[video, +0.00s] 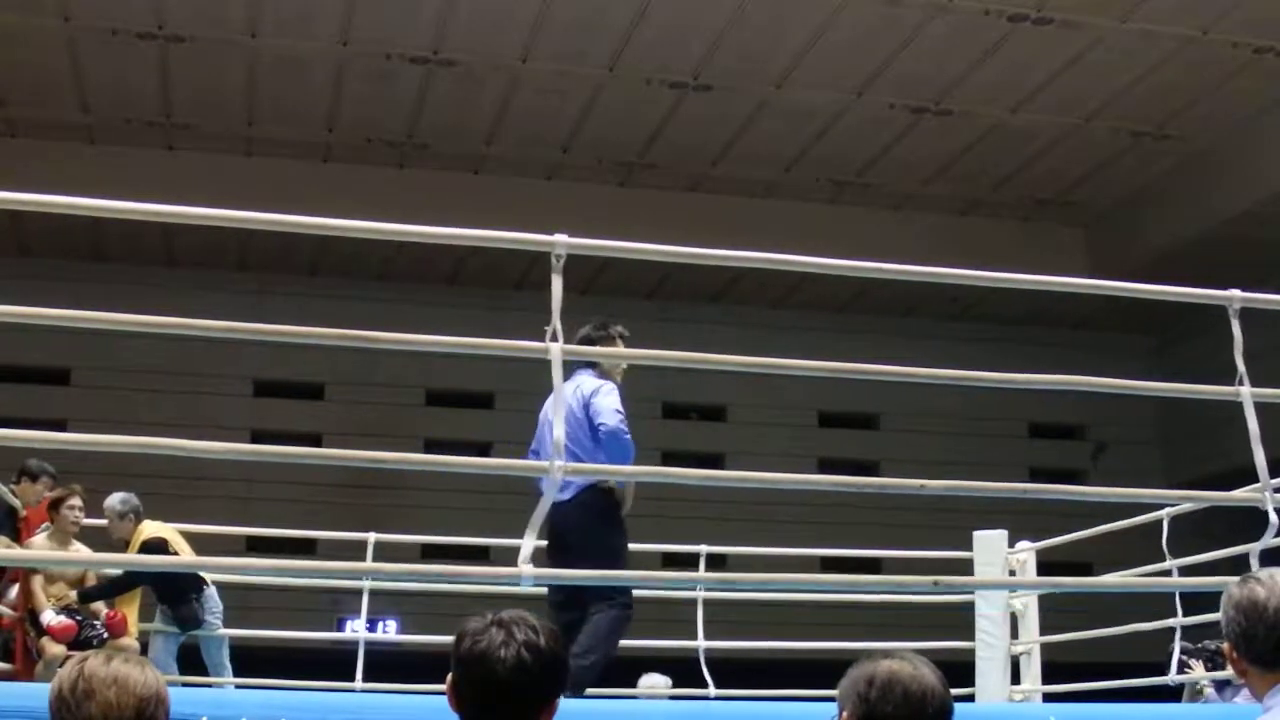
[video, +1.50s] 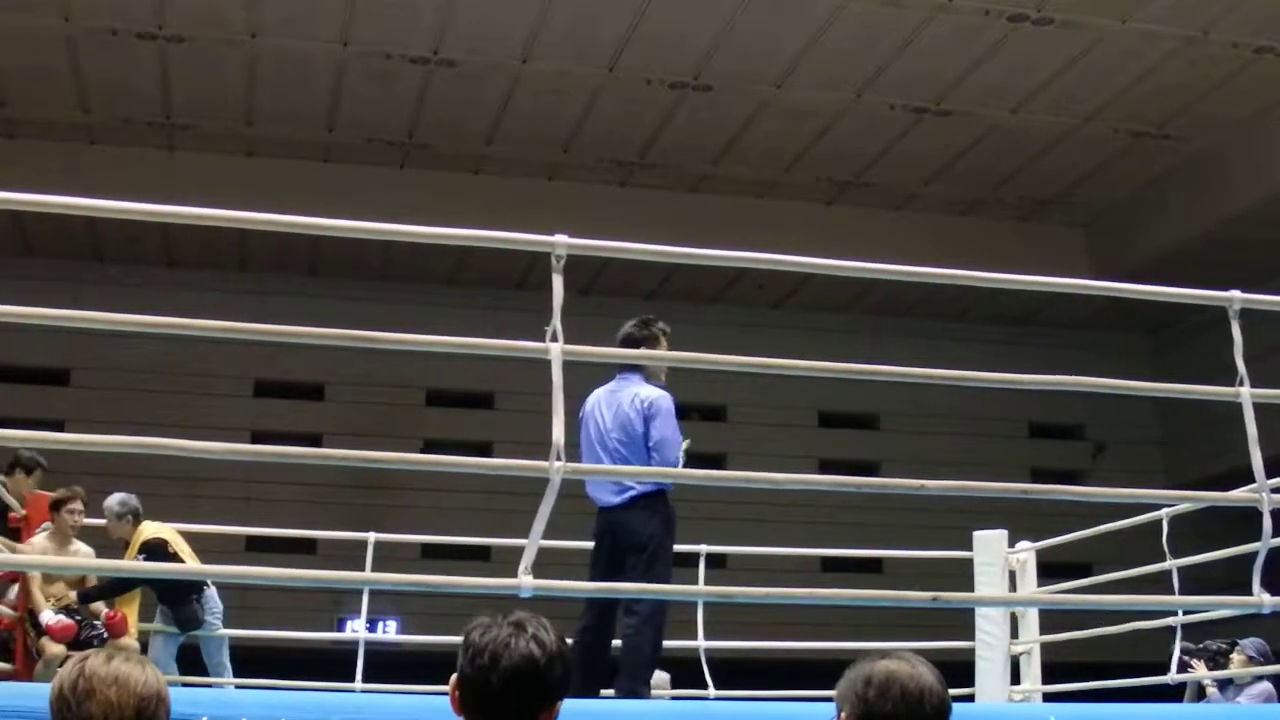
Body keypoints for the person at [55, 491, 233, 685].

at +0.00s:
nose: (107, 525)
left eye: (111, 520)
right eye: (107, 520)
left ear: (130, 520)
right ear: (129, 520)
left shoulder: (154, 542)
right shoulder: (138, 539)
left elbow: (126, 584)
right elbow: (127, 582)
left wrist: (79, 596)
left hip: (201, 600)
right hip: (169, 603)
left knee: (218, 665)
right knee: (160, 660)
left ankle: (229, 713)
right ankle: (173, 710)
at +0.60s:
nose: (105, 524)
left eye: (109, 519)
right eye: (106, 518)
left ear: (127, 521)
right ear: (127, 521)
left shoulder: (154, 542)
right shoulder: (136, 540)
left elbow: (125, 584)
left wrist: (79, 596)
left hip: (202, 601)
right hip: (170, 603)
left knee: (218, 666)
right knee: (160, 660)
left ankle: (229, 711)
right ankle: (177, 709)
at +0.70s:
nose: (105, 524)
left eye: (109, 518)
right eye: (106, 518)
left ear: (128, 520)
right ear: (128, 520)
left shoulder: (154, 541)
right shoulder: (137, 540)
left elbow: (124, 584)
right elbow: (123, 584)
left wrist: (79, 596)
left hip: (202, 600)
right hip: (171, 603)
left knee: (218, 666)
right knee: (160, 660)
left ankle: (229, 712)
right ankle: (176, 709)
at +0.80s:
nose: (106, 525)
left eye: (109, 519)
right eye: (106, 519)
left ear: (127, 521)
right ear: (127, 520)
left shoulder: (154, 542)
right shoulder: (138, 538)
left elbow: (126, 583)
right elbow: (124, 582)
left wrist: (79, 596)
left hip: (202, 600)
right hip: (171, 603)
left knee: (218, 666)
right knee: (160, 660)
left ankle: (229, 712)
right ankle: (176, 709)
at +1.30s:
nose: (106, 525)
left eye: (109, 520)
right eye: (106, 520)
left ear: (128, 521)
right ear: (129, 520)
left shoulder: (154, 543)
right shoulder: (139, 539)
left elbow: (125, 583)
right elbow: (127, 583)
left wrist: (78, 597)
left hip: (202, 600)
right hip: (171, 603)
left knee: (217, 665)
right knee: (160, 660)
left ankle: (230, 713)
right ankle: (173, 709)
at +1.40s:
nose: (105, 525)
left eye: (109, 519)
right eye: (106, 519)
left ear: (128, 520)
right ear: (128, 520)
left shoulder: (154, 543)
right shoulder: (139, 539)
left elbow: (124, 584)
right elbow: (125, 583)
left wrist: (79, 597)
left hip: (202, 600)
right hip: (171, 603)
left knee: (217, 664)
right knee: (159, 660)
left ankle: (230, 712)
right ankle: (175, 708)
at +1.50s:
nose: (106, 525)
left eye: (109, 519)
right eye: (106, 519)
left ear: (127, 520)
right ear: (128, 520)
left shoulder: (154, 542)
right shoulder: (138, 539)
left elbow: (125, 583)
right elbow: (125, 582)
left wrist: (79, 597)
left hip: (202, 600)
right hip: (171, 603)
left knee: (217, 665)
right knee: (160, 660)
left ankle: (230, 712)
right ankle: (175, 708)